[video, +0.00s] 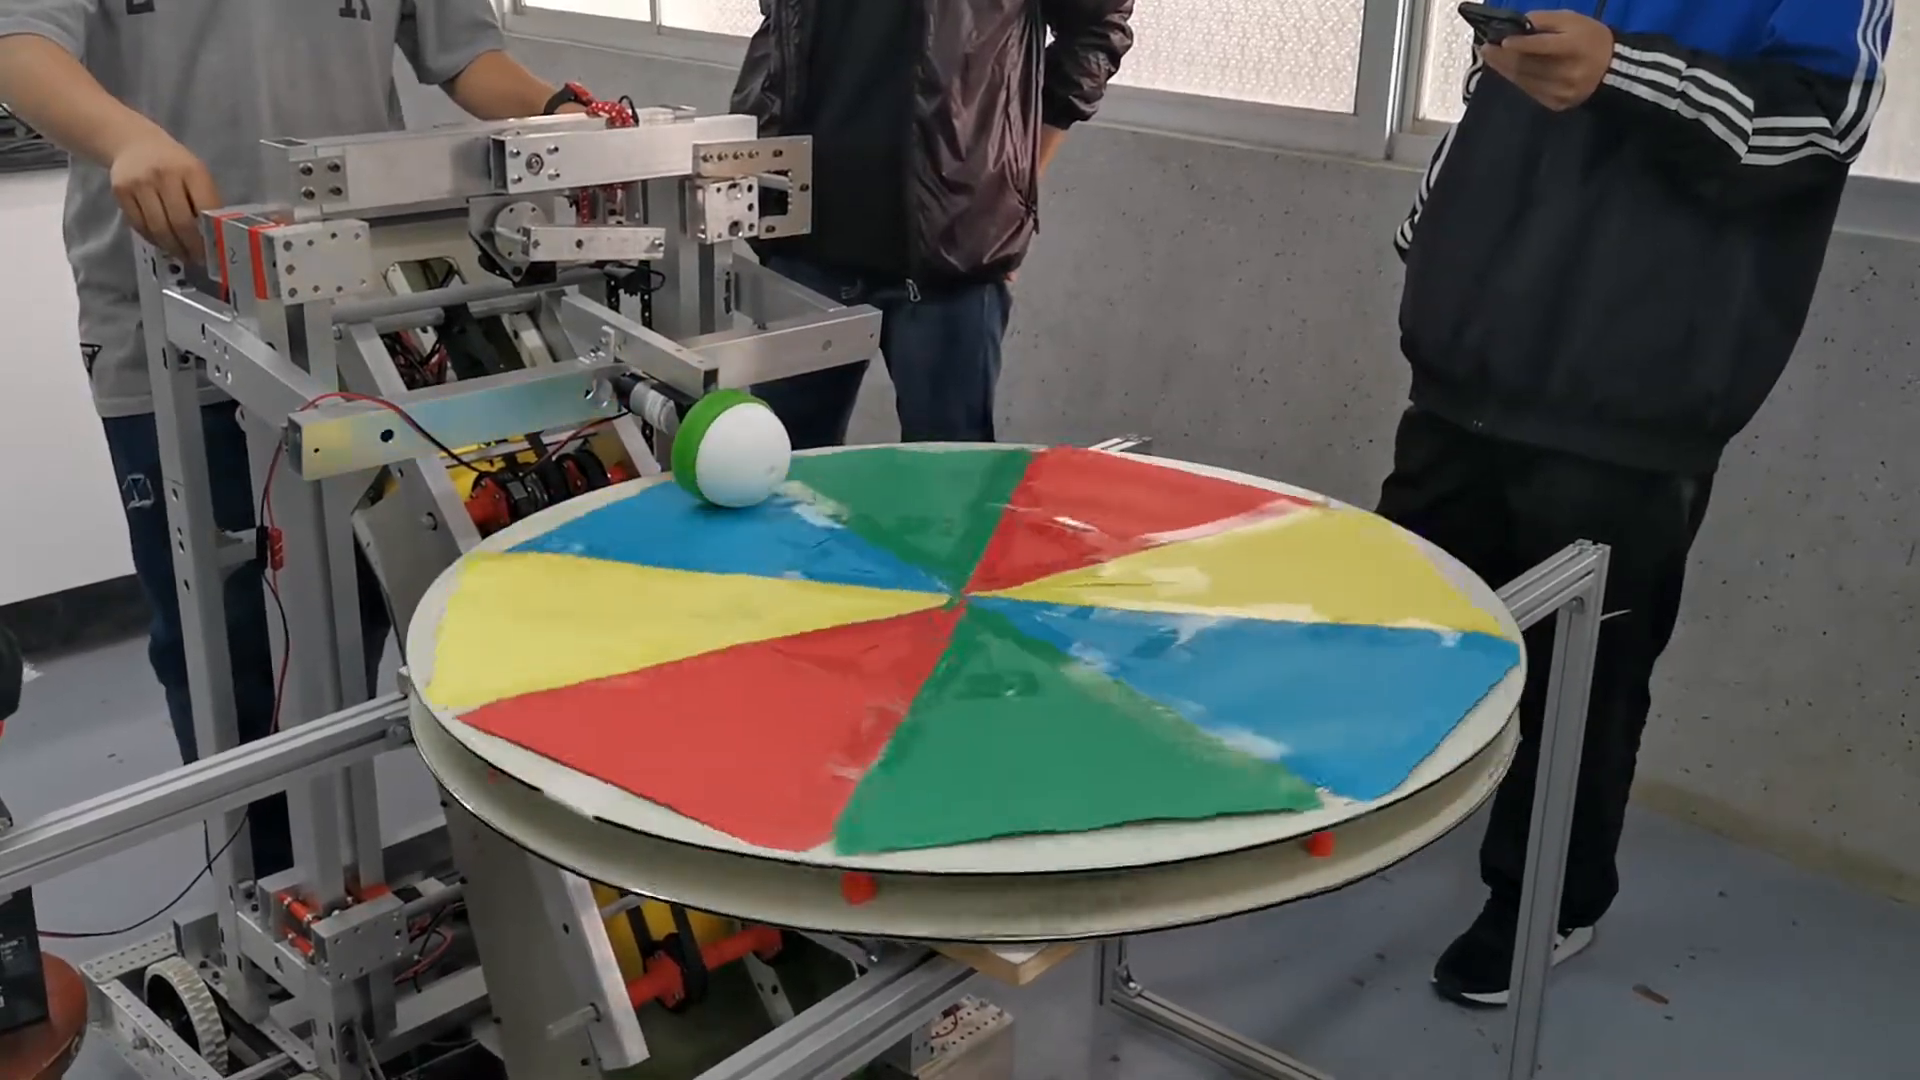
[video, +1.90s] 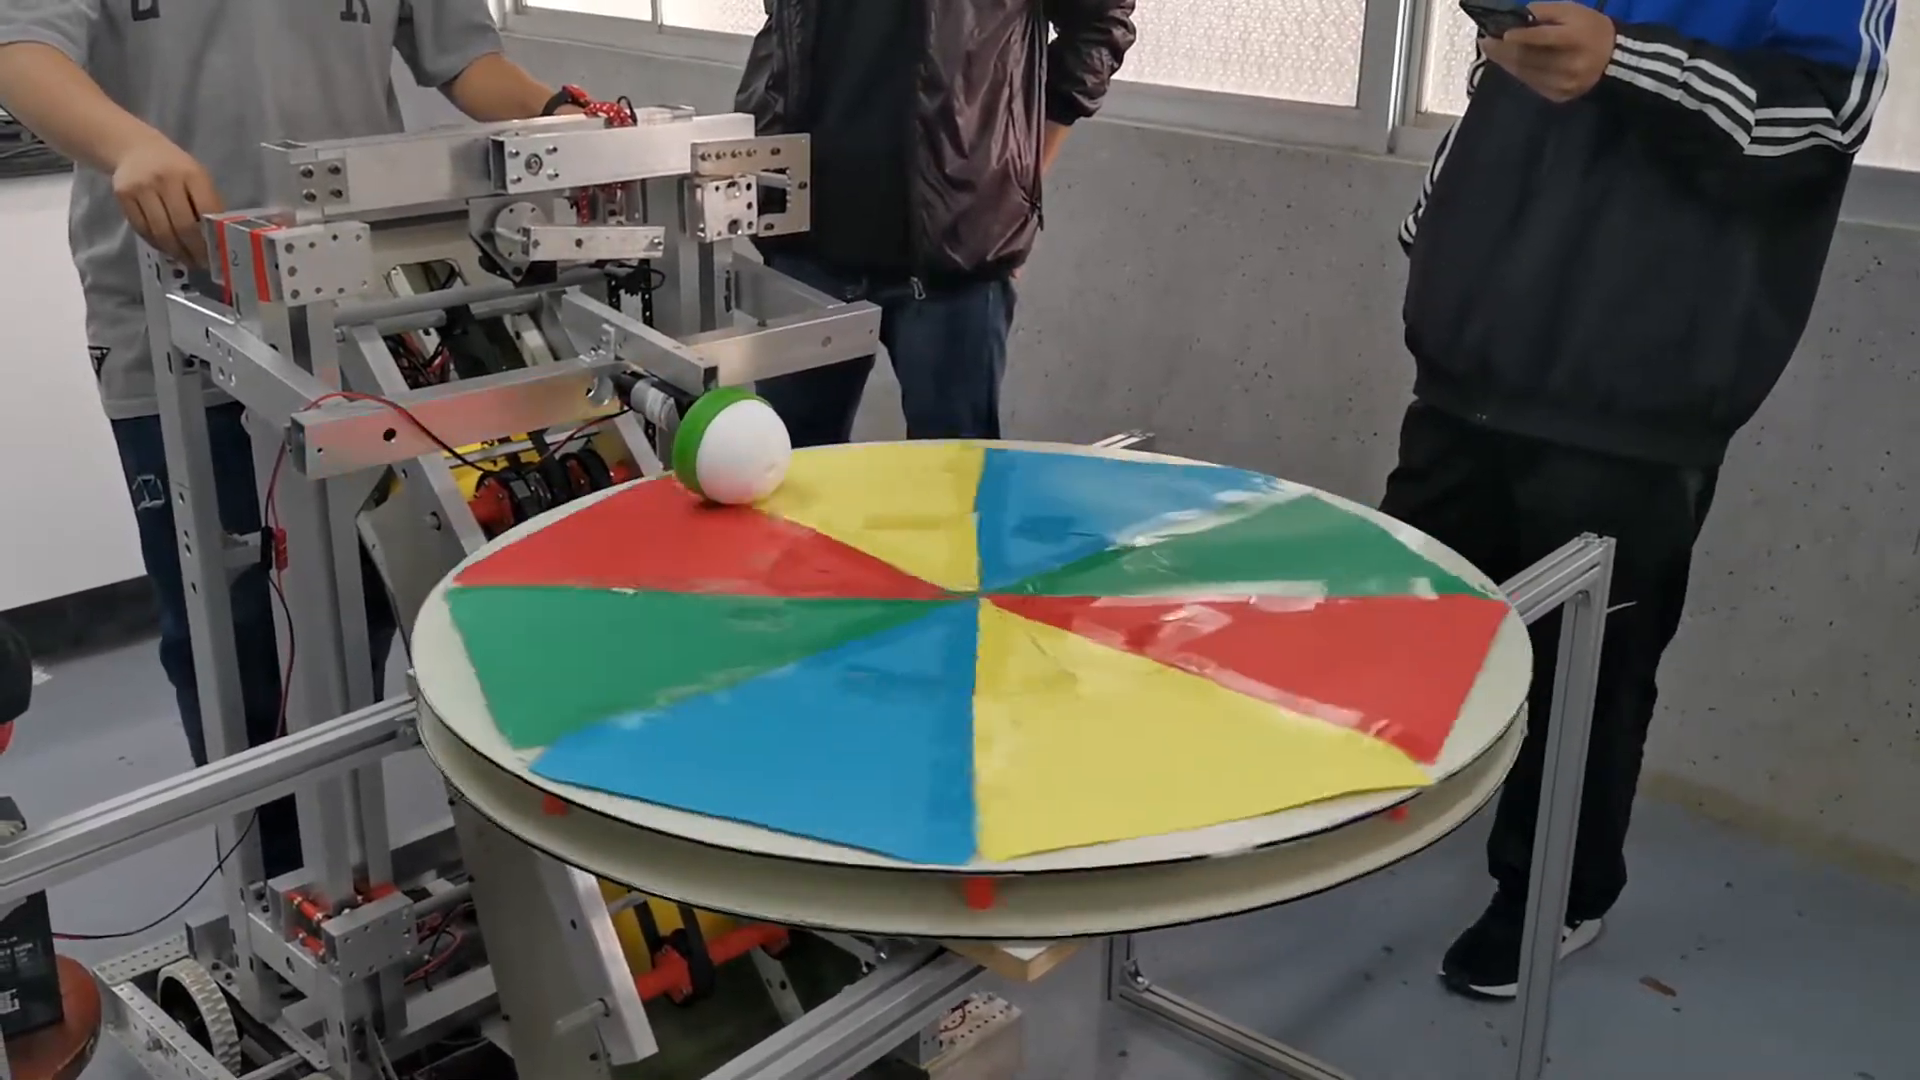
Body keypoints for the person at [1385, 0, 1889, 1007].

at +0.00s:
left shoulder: (1829, 8)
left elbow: (1819, 127)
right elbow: (1500, 86)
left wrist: (1616, 69)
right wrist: (1425, 241)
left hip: (1649, 363)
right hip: (1485, 317)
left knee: (1586, 658)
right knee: (1406, 603)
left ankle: (1547, 897)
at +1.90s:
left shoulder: (1830, 8)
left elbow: (1818, 121)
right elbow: (1507, 50)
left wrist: (1617, 57)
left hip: (1653, 350)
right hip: (1489, 303)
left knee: (1589, 649)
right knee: (1415, 597)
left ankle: (1555, 890)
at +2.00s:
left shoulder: (1830, 9)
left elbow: (1821, 120)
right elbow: (1509, 36)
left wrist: (1618, 56)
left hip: (1655, 352)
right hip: (1489, 304)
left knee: (1590, 650)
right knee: (1415, 596)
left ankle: (1555, 891)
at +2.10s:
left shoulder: (1834, 9)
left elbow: (1819, 122)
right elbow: (1510, 42)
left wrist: (1620, 56)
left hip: (1657, 352)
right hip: (1491, 304)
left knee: (1593, 649)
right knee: (1414, 599)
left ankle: (1557, 891)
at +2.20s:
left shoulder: (1834, 10)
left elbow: (1825, 120)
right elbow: (1511, 49)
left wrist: (1622, 55)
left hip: (1656, 352)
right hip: (1491, 304)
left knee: (1593, 649)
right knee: (1416, 600)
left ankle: (1556, 891)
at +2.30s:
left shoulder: (1835, 9)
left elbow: (1826, 119)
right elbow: (1512, 57)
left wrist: (1624, 56)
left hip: (1657, 355)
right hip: (1492, 309)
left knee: (1592, 654)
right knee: (1414, 598)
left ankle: (1556, 892)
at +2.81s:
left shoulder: (1847, 11)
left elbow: (1836, 117)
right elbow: (1517, 33)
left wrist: (1634, 54)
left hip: (1667, 348)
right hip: (1499, 300)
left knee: (1600, 648)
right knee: (1420, 595)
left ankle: (1560, 892)